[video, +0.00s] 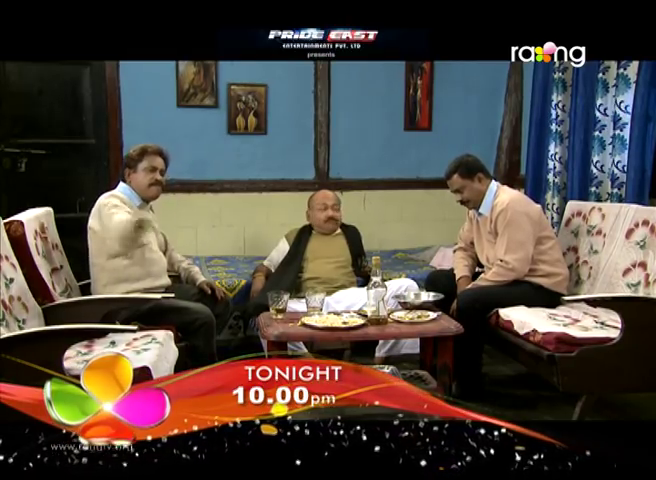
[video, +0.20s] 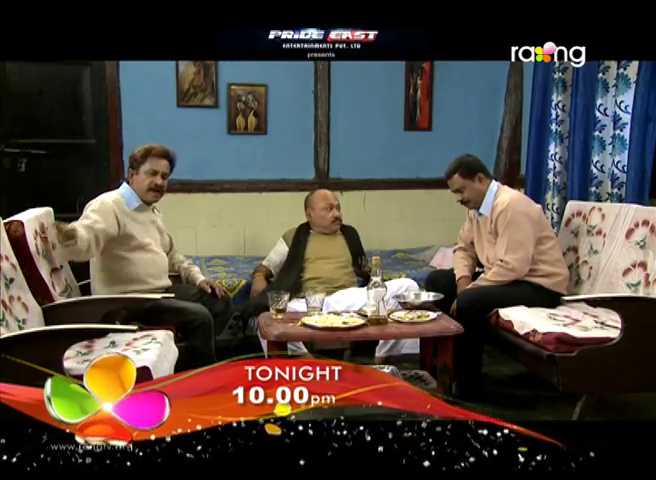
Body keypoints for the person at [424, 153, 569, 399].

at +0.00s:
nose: (458, 199)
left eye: (460, 191)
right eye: (455, 194)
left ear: (480, 180)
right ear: (478, 181)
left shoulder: (512, 206)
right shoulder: (477, 208)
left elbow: (513, 266)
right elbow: (464, 248)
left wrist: (466, 294)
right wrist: (463, 283)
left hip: (542, 286)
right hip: (504, 277)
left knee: (468, 302)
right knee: (437, 280)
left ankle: (467, 386)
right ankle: (440, 370)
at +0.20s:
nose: (458, 199)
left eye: (460, 191)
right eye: (455, 194)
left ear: (480, 180)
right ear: (478, 181)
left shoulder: (513, 206)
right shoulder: (477, 208)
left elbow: (513, 266)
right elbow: (464, 248)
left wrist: (466, 294)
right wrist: (463, 283)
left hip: (541, 286)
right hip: (504, 277)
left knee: (468, 302)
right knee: (437, 280)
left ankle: (467, 387)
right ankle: (440, 370)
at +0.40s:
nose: (459, 198)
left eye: (461, 189)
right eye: (456, 192)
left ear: (482, 179)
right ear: (479, 181)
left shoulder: (514, 206)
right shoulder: (478, 208)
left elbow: (513, 267)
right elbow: (464, 248)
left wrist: (467, 294)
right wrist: (463, 282)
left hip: (541, 286)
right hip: (504, 277)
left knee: (468, 303)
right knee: (437, 280)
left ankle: (467, 387)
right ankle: (440, 371)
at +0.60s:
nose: (460, 194)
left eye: (463, 186)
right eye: (457, 189)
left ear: (483, 178)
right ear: (481, 179)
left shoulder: (515, 206)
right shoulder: (479, 208)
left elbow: (513, 266)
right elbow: (464, 248)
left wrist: (468, 293)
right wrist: (463, 281)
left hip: (541, 286)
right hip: (504, 277)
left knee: (468, 303)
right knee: (437, 280)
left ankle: (467, 386)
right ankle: (438, 370)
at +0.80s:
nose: (461, 190)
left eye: (464, 183)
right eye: (459, 184)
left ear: (485, 177)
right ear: (483, 178)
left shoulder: (517, 206)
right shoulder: (480, 207)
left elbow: (513, 266)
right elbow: (465, 247)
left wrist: (469, 292)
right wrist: (463, 281)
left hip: (541, 286)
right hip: (504, 278)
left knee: (468, 302)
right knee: (437, 280)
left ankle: (467, 386)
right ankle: (438, 371)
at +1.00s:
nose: (463, 187)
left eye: (467, 179)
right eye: (462, 181)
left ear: (487, 175)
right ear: (484, 177)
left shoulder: (519, 204)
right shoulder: (482, 207)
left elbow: (513, 265)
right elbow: (465, 247)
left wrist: (469, 292)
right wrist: (464, 280)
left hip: (541, 286)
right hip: (504, 278)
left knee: (469, 302)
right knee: (437, 280)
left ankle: (467, 386)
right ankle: (437, 371)